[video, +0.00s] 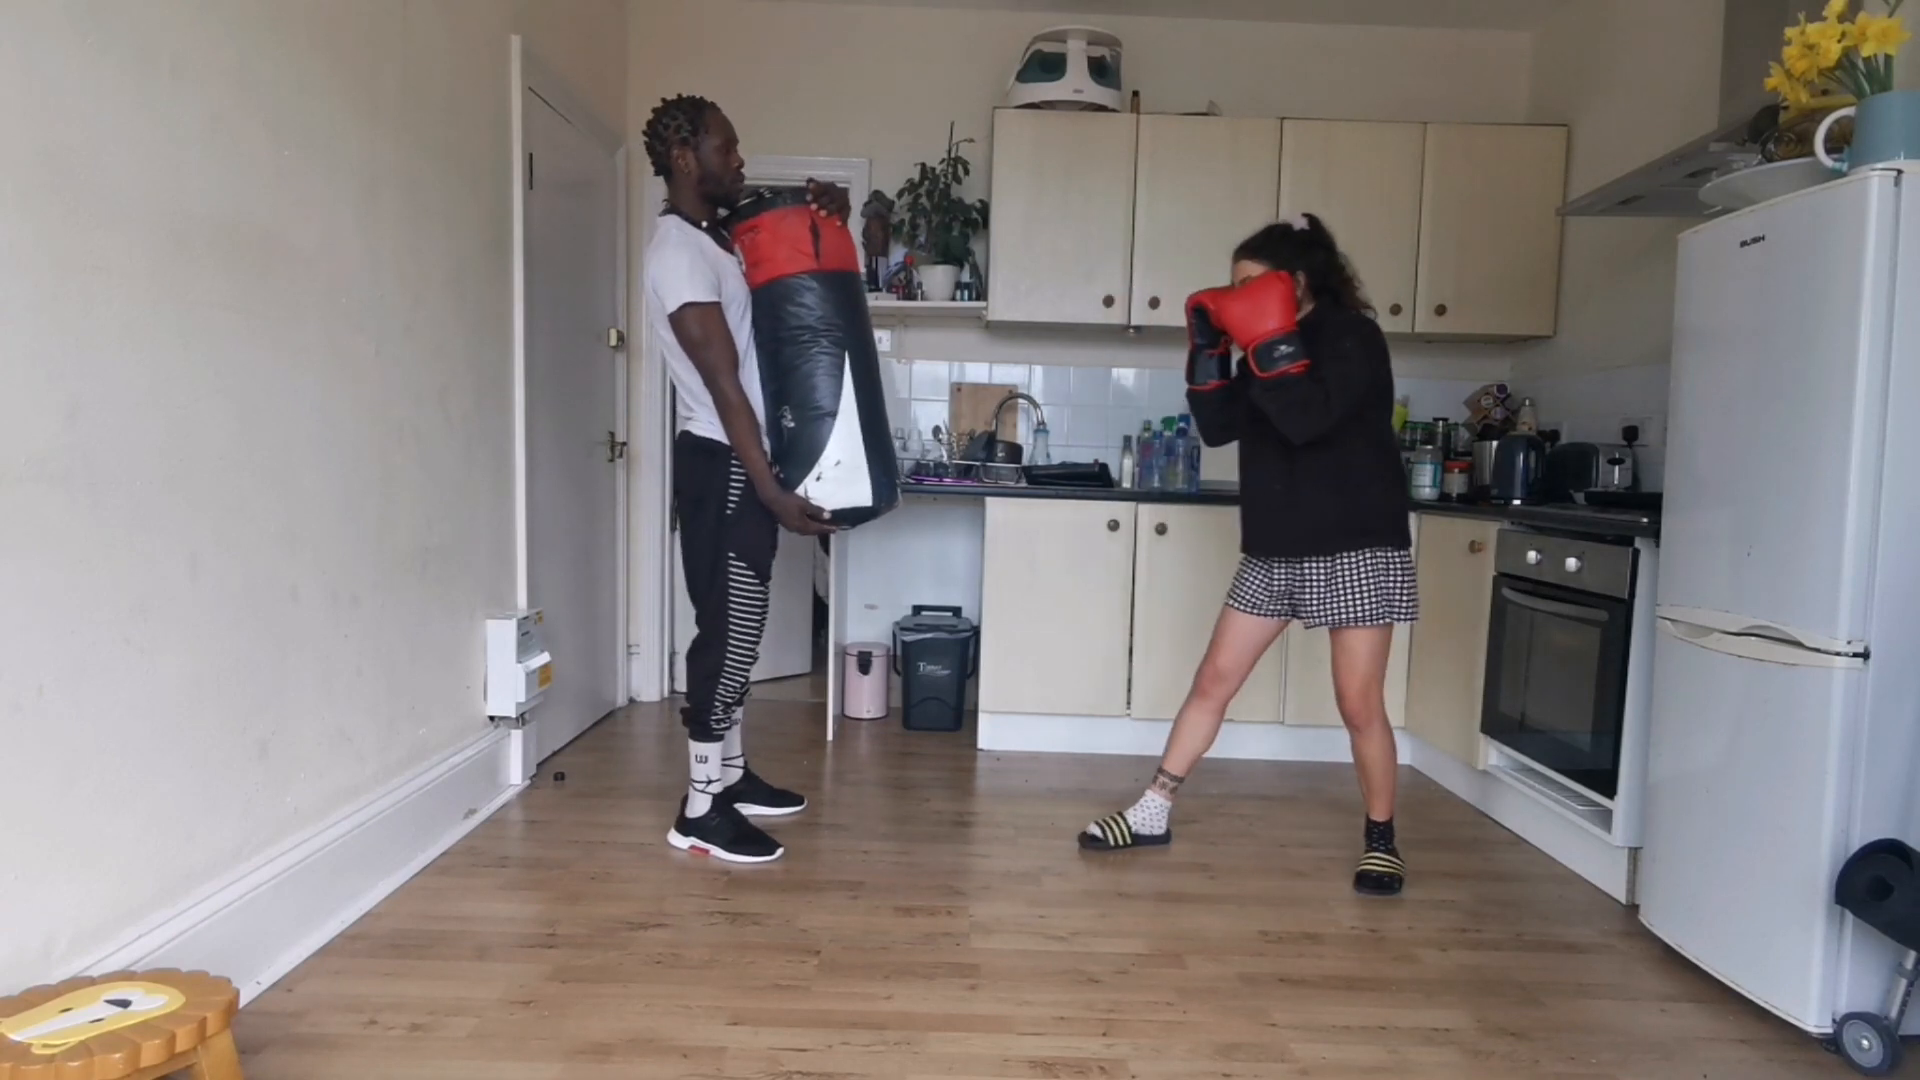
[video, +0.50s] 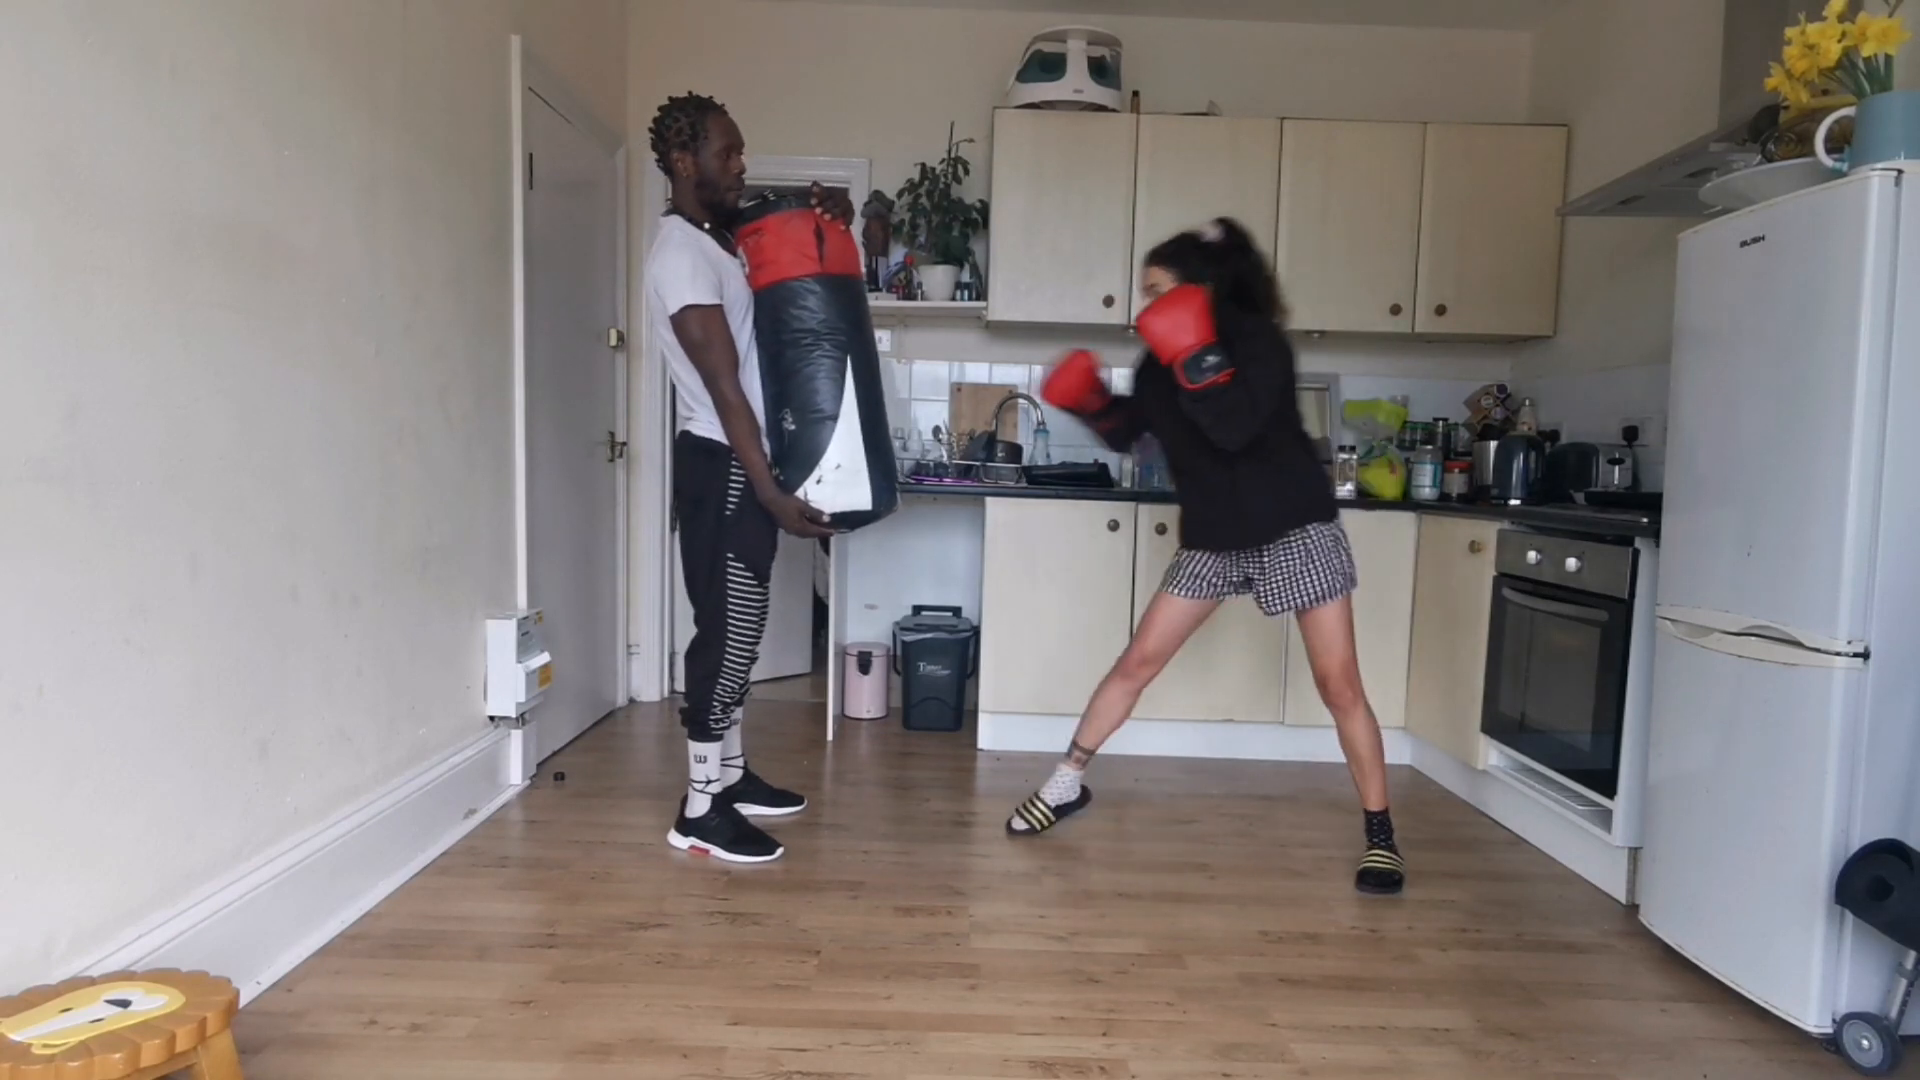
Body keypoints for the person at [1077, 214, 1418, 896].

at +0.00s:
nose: (1241, 300)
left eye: (1253, 286)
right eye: (1237, 289)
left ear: (1299, 283)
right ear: (1244, 293)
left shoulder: (1352, 337)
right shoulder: (1258, 350)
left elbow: (1311, 420)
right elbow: (1217, 427)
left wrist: (1272, 344)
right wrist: (1208, 347)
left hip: (1359, 540)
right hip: (1277, 541)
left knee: (1360, 705)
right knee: (1214, 678)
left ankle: (1381, 840)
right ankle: (1153, 809)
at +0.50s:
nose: (1148, 307)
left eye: (1159, 292)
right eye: (1146, 295)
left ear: (1200, 288)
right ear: (1158, 299)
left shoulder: (1260, 345)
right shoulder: (1162, 361)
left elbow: (1237, 429)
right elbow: (1130, 434)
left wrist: (1195, 354)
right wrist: (1090, 403)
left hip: (1297, 526)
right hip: (1214, 535)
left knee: (1341, 687)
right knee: (1137, 663)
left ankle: (1380, 834)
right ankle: (1065, 780)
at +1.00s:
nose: (1256, 361)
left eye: (1272, 350)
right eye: (1255, 347)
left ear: (1318, 359)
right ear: (1254, 344)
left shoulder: (1342, 424)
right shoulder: (1257, 397)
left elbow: (1271, 505)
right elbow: (1222, 460)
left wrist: (1271, 433)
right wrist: (1196, 434)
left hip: (1295, 579)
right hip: (1213, 562)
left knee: (1328, 728)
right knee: (1123, 666)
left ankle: (1390, 824)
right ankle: (1069, 791)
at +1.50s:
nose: (1217, 297)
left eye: (1229, 284)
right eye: (1215, 285)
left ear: (1272, 287)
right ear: (1222, 292)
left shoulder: (1317, 348)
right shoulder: (1226, 350)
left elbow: (1272, 431)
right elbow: (1175, 430)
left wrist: (1246, 354)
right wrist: (1151, 375)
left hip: (1299, 531)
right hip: (1222, 527)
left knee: (1314, 690)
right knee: (1157, 651)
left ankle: (1342, 802)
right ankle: (1145, 781)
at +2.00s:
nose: (1111, 302)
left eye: (1123, 291)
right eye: (1108, 292)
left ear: (1164, 293)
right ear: (1112, 294)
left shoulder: (1206, 348)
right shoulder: (1100, 355)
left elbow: (1177, 431)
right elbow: (1022, 390)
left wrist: (1137, 362)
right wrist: (958, 369)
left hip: (1215, 533)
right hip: (1131, 536)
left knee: (1259, 684)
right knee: (1068, 653)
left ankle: (1290, 796)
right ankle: (1034, 775)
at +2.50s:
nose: (1095, 423)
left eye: (1110, 412)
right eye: (1094, 408)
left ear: (1154, 415)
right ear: (1094, 401)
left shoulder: (1193, 462)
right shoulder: (1107, 446)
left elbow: (1139, 570)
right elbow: (1075, 481)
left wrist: (1117, 509)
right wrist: (1045, 458)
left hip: (1208, 586)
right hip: (1129, 583)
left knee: (1244, 724)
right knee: (1030, 677)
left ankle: (1351, 874)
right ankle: (1027, 788)